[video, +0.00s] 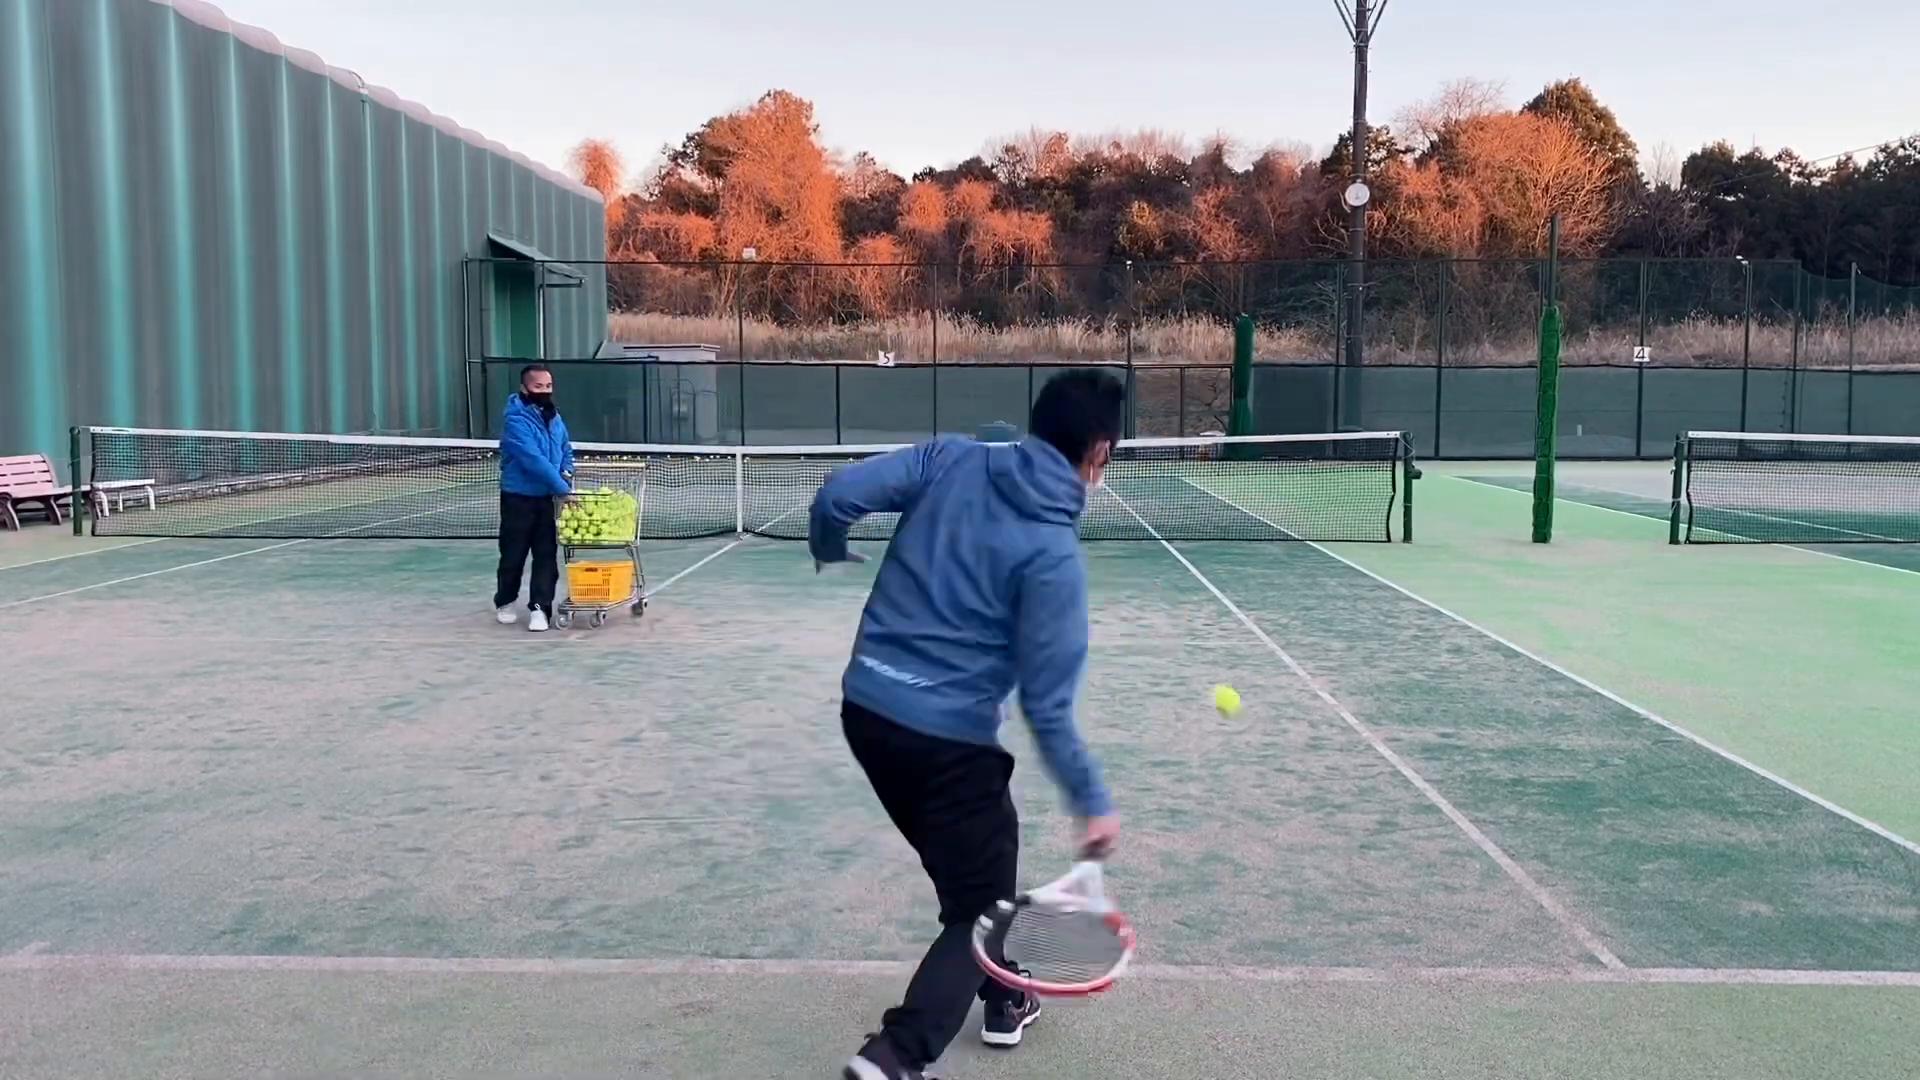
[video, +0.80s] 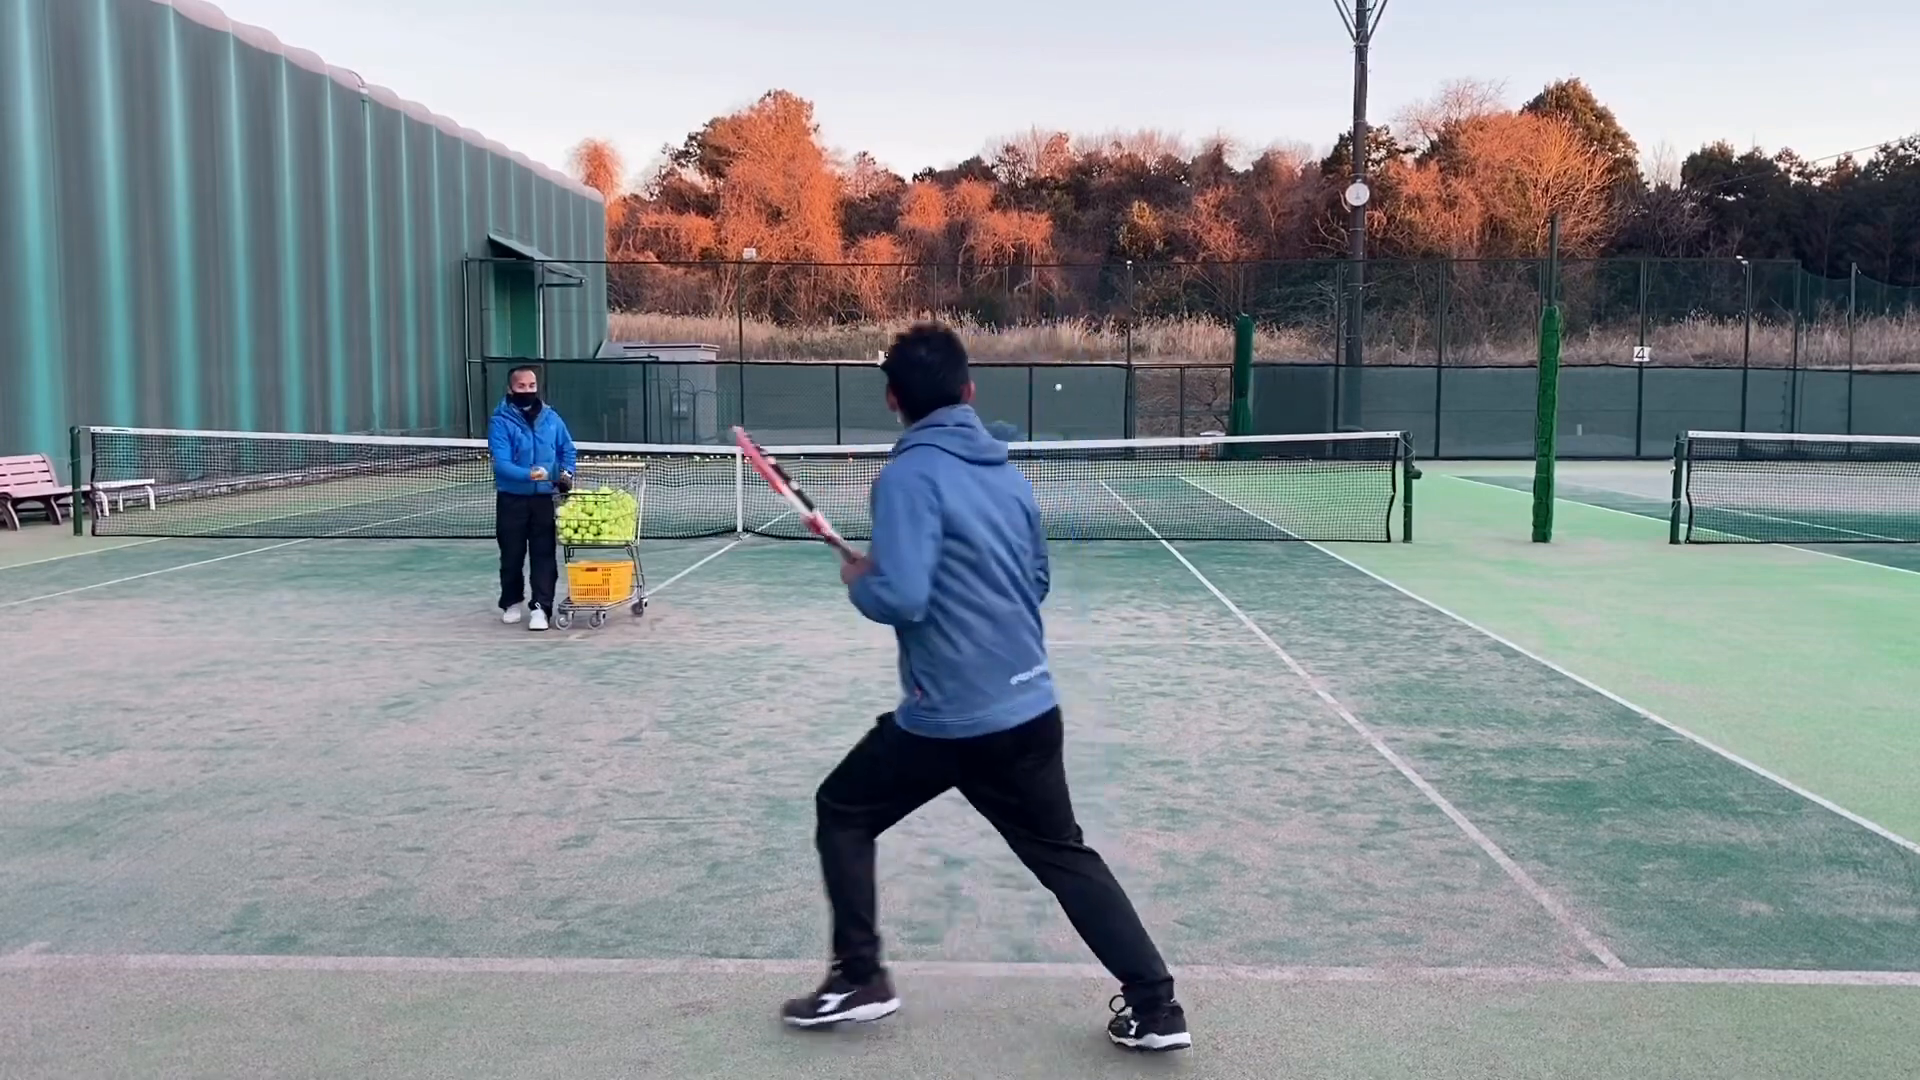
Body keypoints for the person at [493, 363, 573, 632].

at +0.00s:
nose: (545, 391)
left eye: (548, 386)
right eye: (539, 387)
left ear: (552, 387)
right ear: (525, 388)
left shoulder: (554, 417)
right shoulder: (516, 418)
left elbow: (566, 449)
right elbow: (531, 458)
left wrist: (565, 470)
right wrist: (562, 489)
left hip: (546, 493)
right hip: (518, 494)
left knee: (546, 555)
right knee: (514, 553)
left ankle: (540, 609)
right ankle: (505, 602)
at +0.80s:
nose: (527, 390)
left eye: (531, 385)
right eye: (521, 385)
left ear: (537, 387)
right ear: (511, 388)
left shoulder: (551, 417)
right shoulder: (500, 420)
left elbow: (568, 450)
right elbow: (500, 465)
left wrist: (566, 471)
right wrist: (529, 473)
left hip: (544, 497)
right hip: (512, 498)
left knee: (543, 554)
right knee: (512, 555)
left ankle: (540, 609)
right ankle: (511, 603)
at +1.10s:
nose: (513, 392)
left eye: (517, 387)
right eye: (507, 387)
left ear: (525, 387)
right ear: (499, 390)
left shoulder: (542, 416)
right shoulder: (490, 420)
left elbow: (566, 448)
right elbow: (483, 458)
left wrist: (565, 472)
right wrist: (493, 483)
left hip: (535, 495)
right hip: (503, 496)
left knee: (536, 550)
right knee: (505, 553)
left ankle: (538, 603)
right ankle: (512, 604)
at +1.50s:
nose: (497, 396)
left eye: (501, 390)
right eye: (491, 393)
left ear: (510, 389)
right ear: (485, 395)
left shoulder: (533, 416)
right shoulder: (484, 425)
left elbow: (559, 441)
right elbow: (478, 466)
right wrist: (479, 502)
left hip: (536, 492)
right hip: (499, 497)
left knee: (535, 548)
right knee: (504, 550)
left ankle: (535, 601)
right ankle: (509, 602)